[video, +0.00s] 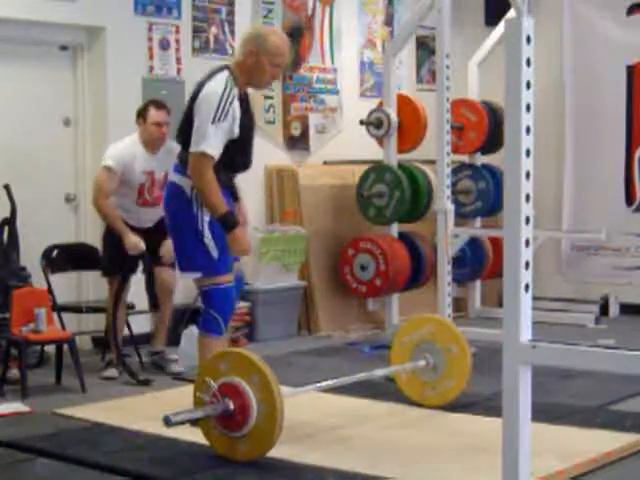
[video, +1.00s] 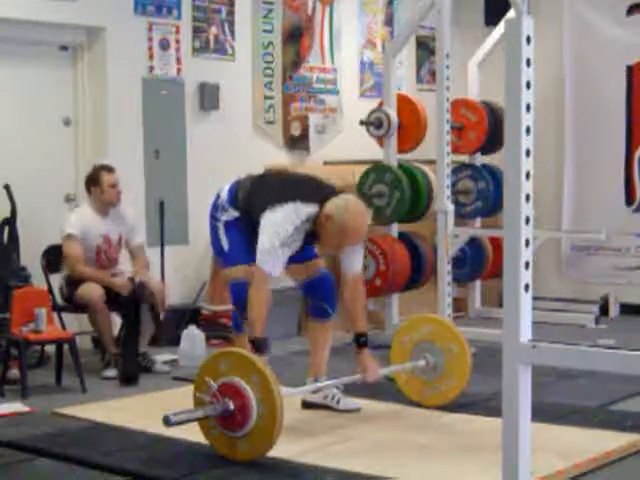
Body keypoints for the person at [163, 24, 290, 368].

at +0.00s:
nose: (277, 75)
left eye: (281, 68)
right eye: (275, 65)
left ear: (252, 58)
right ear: (251, 55)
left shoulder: (235, 89)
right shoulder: (221, 89)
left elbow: (221, 161)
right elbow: (200, 166)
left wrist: (236, 201)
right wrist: (229, 222)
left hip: (211, 191)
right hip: (192, 195)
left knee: (226, 292)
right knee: (219, 295)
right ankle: (211, 391)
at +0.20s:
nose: (290, 82)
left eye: (293, 75)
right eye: (288, 73)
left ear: (268, 65)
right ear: (265, 62)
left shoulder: (264, 103)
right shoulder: (229, 98)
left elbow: (247, 162)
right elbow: (206, 171)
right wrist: (236, 224)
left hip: (238, 194)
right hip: (206, 196)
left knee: (255, 291)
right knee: (225, 296)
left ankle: (268, 382)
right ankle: (212, 391)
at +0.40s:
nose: (324, 105)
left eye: (327, 97)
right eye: (319, 96)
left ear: (311, 92)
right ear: (295, 87)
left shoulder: (311, 125)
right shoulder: (256, 116)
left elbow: (309, 174)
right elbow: (217, 182)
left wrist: (318, 227)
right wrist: (231, 243)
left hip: (270, 206)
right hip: (232, 202)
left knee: (301, 292)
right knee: (242, 300)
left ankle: (315, 382)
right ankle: (213, 387)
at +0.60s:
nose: (348, 141)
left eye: (352, 135)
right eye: (343, 134)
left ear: (355, 130)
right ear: (321, 123)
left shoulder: (345, 152)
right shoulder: (278, 135)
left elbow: (349, 206)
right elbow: (234, 196)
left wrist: (353, 260)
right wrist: (234, 261)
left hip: (288, 211)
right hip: (246, 209)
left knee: (317, 290)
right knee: (246, 293)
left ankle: (316, 383)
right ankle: (243, 385)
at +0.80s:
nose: (350, 189)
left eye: (356, 184)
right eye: (348, 182)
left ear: (361, 177)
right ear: (329, 167)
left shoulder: (352, 179)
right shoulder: (286, 171)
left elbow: (357, 235)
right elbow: (248, 237)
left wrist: (362, 288)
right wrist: (249, 299)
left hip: (288, 216)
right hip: (243, 211)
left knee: (320, 293)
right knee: (252, 305)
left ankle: (317, 383)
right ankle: (249, 387)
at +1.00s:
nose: (343, 249)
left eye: (350, 242)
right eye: (341, 240)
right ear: (326, 221)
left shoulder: (350, 225)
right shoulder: (283, 219)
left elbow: (353, 282)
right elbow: (260, 283)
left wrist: (362, 345)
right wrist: (258, 346)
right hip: (234, 212)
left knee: (322, 288)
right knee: (243, 295)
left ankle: (317, 384)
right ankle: (250, 382)